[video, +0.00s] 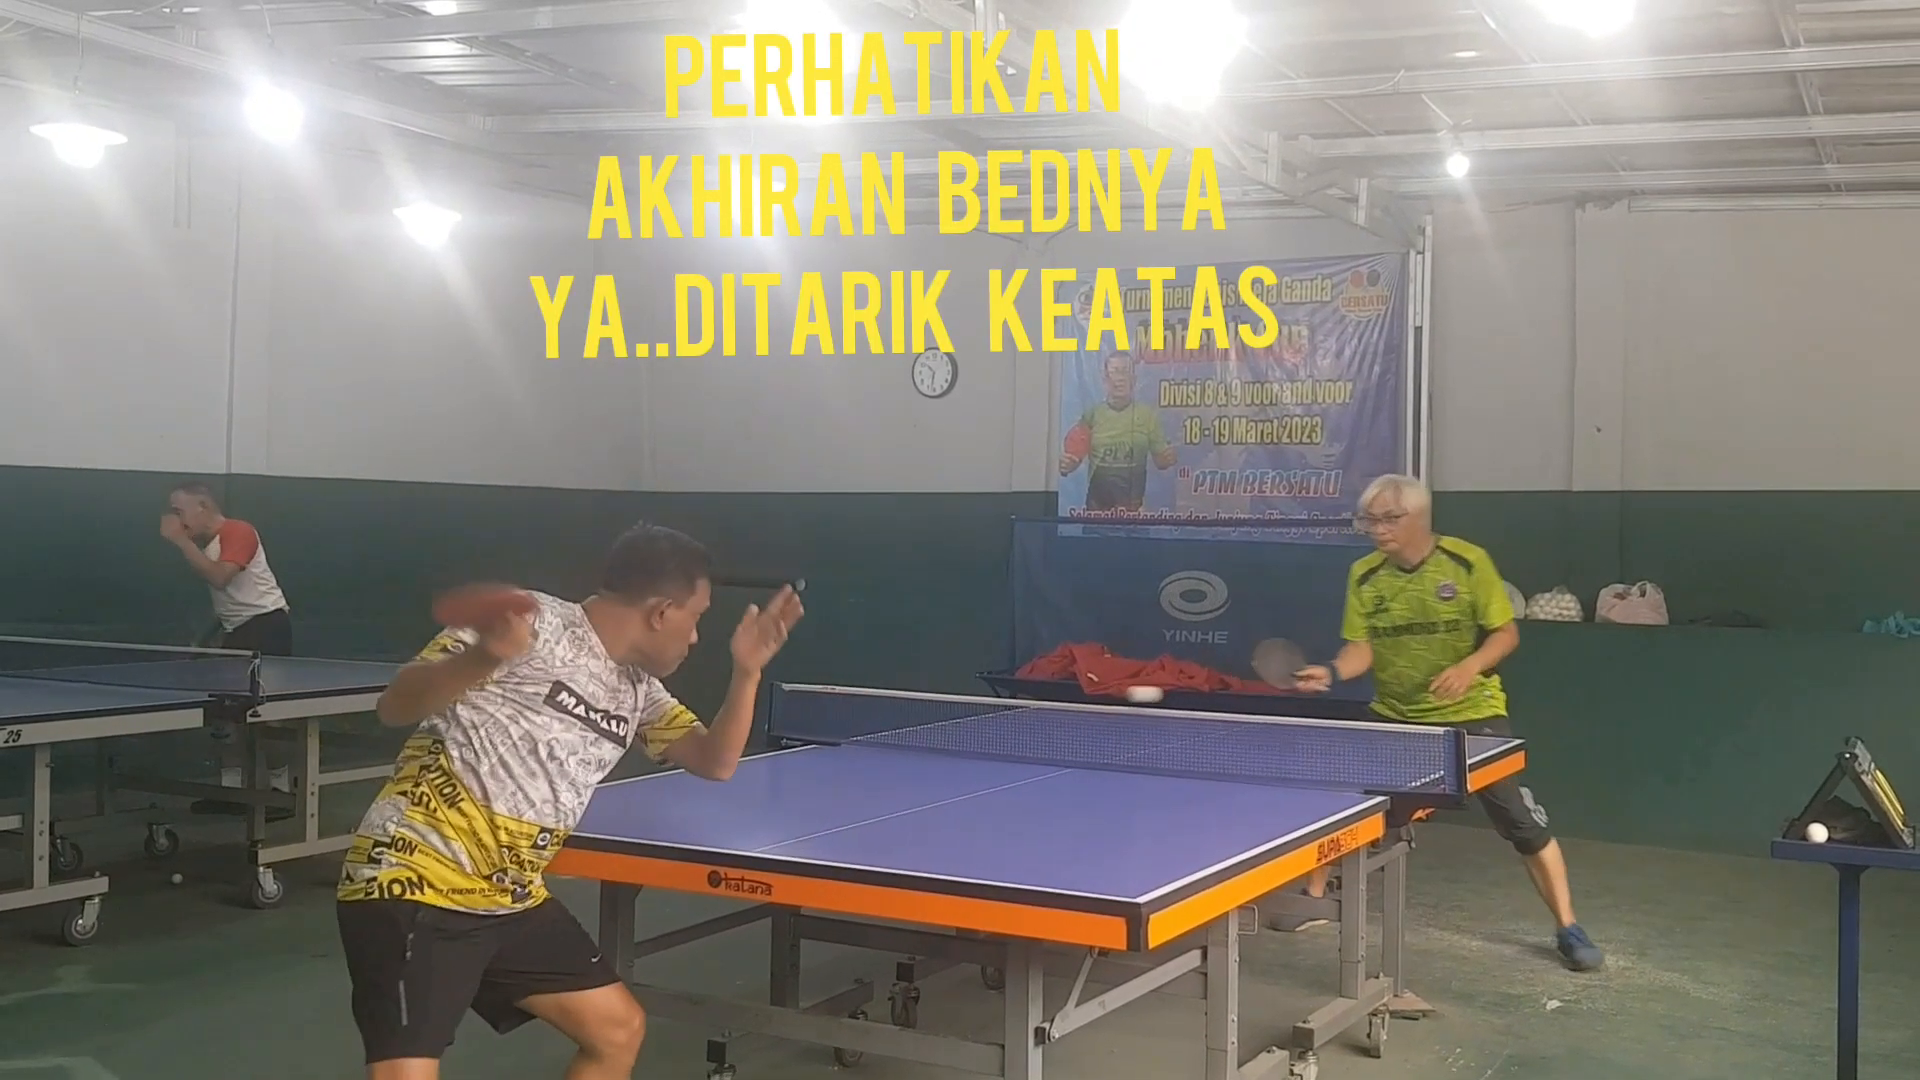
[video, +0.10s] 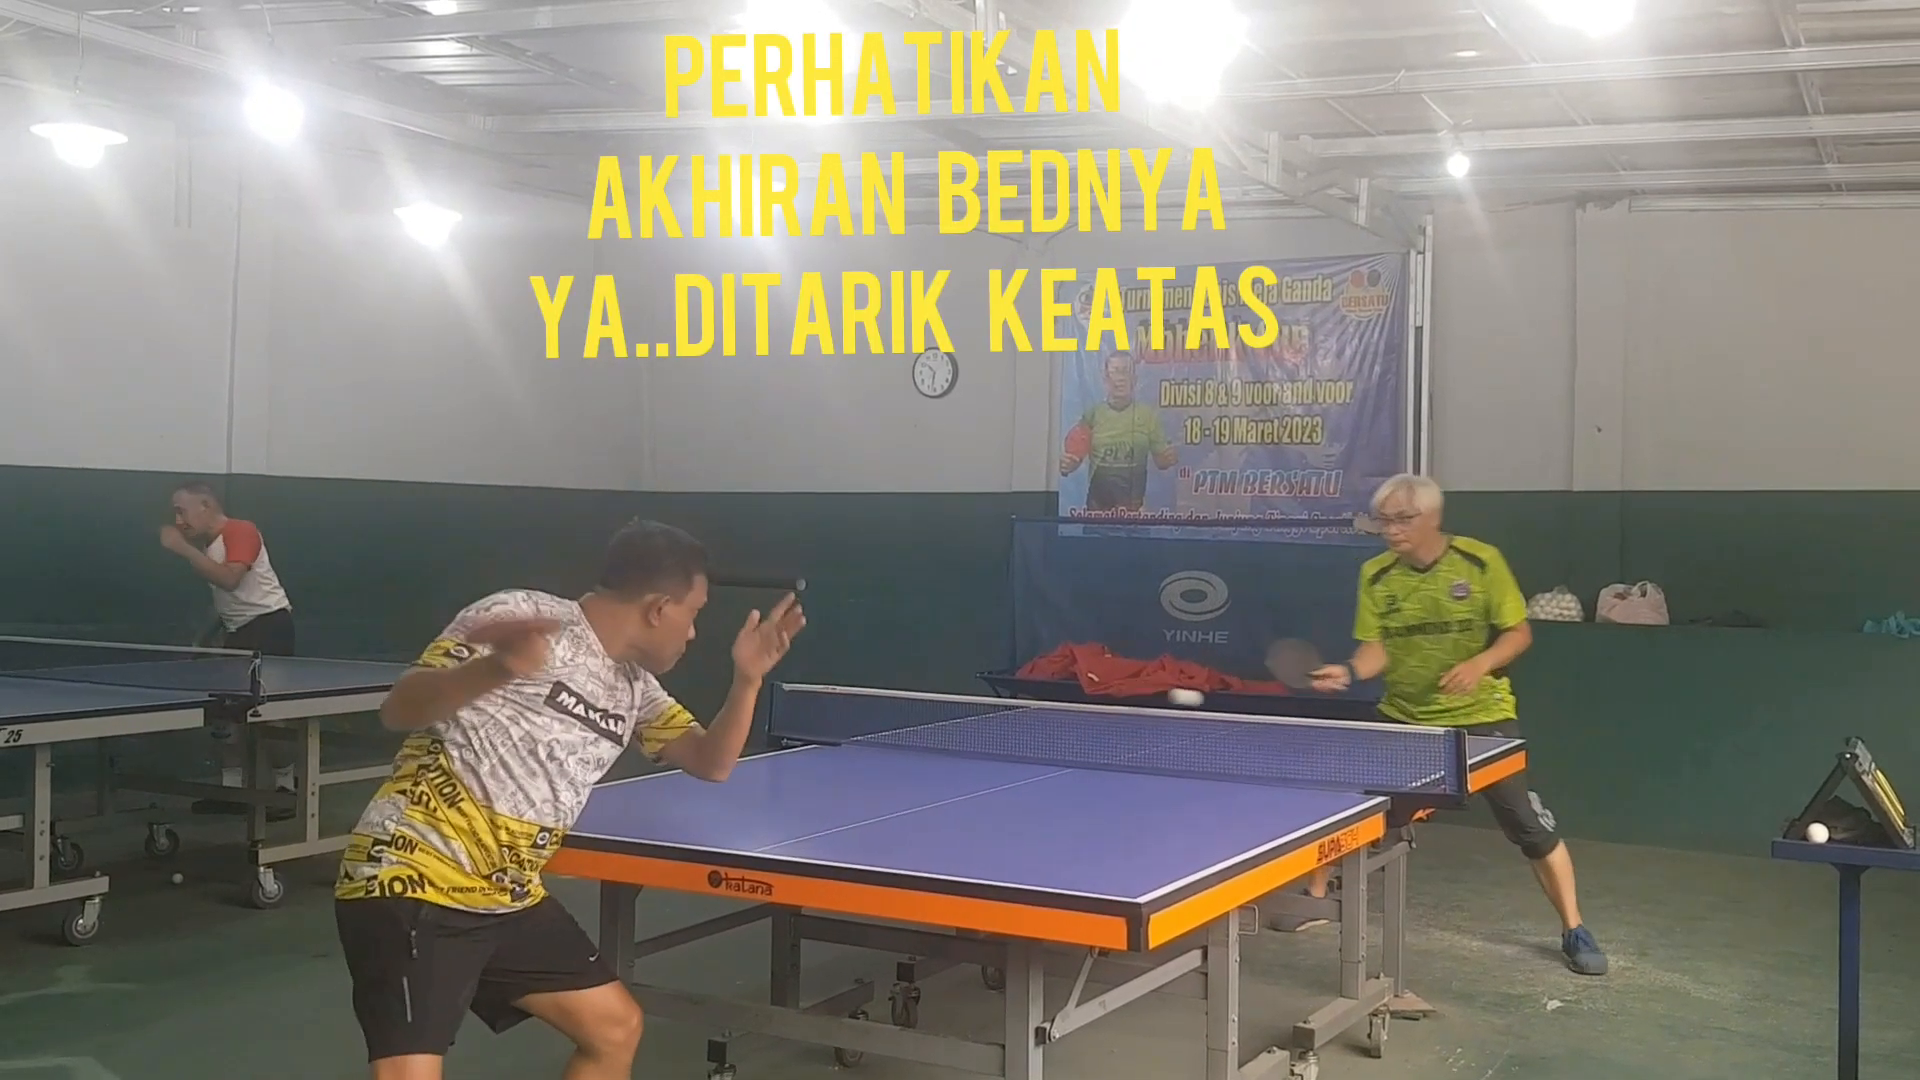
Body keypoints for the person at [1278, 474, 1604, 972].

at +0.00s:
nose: (1377, 530)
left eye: (1387, 519)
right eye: (1371, 521)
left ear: (1417, 517)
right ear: (1366, 524)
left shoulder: (1469, 563)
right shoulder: (1364, 574)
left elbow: (1506, 635)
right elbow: (1361, 648)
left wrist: (1469, 667)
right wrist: (1331, 671)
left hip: (1473, 719)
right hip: (1393, 719)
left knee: (1522, 816)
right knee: (1335, 794)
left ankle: (1568, 926)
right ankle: (1312, 896)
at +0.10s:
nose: (1390, 530)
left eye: (1401, 519)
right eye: (1384, 520)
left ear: (1431, 518)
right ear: (1380, 523)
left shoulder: (1482, 561)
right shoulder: (1376, 574)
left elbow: (1519, 633)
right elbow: (1376, 649)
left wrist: (1479, 664)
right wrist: (1348, 670)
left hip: (1482, 718)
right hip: (1402, 717)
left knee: (1524, 816)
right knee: (1339, 789)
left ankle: (1574, 929)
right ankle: (1315, 894)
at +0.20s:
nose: (1390, 530)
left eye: (1401, 519)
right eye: (1384, 521)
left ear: (1431, 518)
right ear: (1379, 524)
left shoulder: (1482, 561)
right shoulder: (1376, 574)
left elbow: (1519, 633)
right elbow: (1375, 649)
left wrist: (1480, 664)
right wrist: (1348, 671)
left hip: (1482, 718)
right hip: (1402, 718)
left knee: (1524, 814)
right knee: (1339, 789)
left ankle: (1575, 928)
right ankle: (1314, 894)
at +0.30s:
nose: (1405, 529)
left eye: (1416, 518)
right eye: (1397, 520)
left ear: (1446, 518)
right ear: (1390, 524)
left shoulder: (1494, 560)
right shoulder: (1386, 574)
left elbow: (1532, 633)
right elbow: (1390, 648)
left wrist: (1493, 659)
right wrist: (1368, 670)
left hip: (1492, 718)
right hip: (1411, 718)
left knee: (1536, 824)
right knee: (1347, 794)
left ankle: (1575, 929)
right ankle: (1315, 893)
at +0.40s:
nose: (1404, 529)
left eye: (1415, 518)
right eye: (1396, 520)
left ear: (1446, 518)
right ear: (1389, 523)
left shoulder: (1494, 560)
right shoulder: (1386, 574)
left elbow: (1532, 633)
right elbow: (1390, 648)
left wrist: (1493, 659)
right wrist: (1368, 670)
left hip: (1492, 718)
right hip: (1411, 717)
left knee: (1535, 822)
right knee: (1349, 794)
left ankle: (1575, 929)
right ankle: (1315, 893)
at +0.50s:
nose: (1416, 530)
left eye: (1427, 519)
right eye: (1409, 520)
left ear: (1457, 517)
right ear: (1403, 521)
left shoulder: (1508, 558)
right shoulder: (1397, 574)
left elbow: (1544, 630)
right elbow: (1407, 650)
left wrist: (1508, 657)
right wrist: (1390, 670)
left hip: (1502, 713)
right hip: (1424, 714)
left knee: (1540, 819)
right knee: (1357, 792)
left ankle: (1576, 930)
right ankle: (1318, 893)